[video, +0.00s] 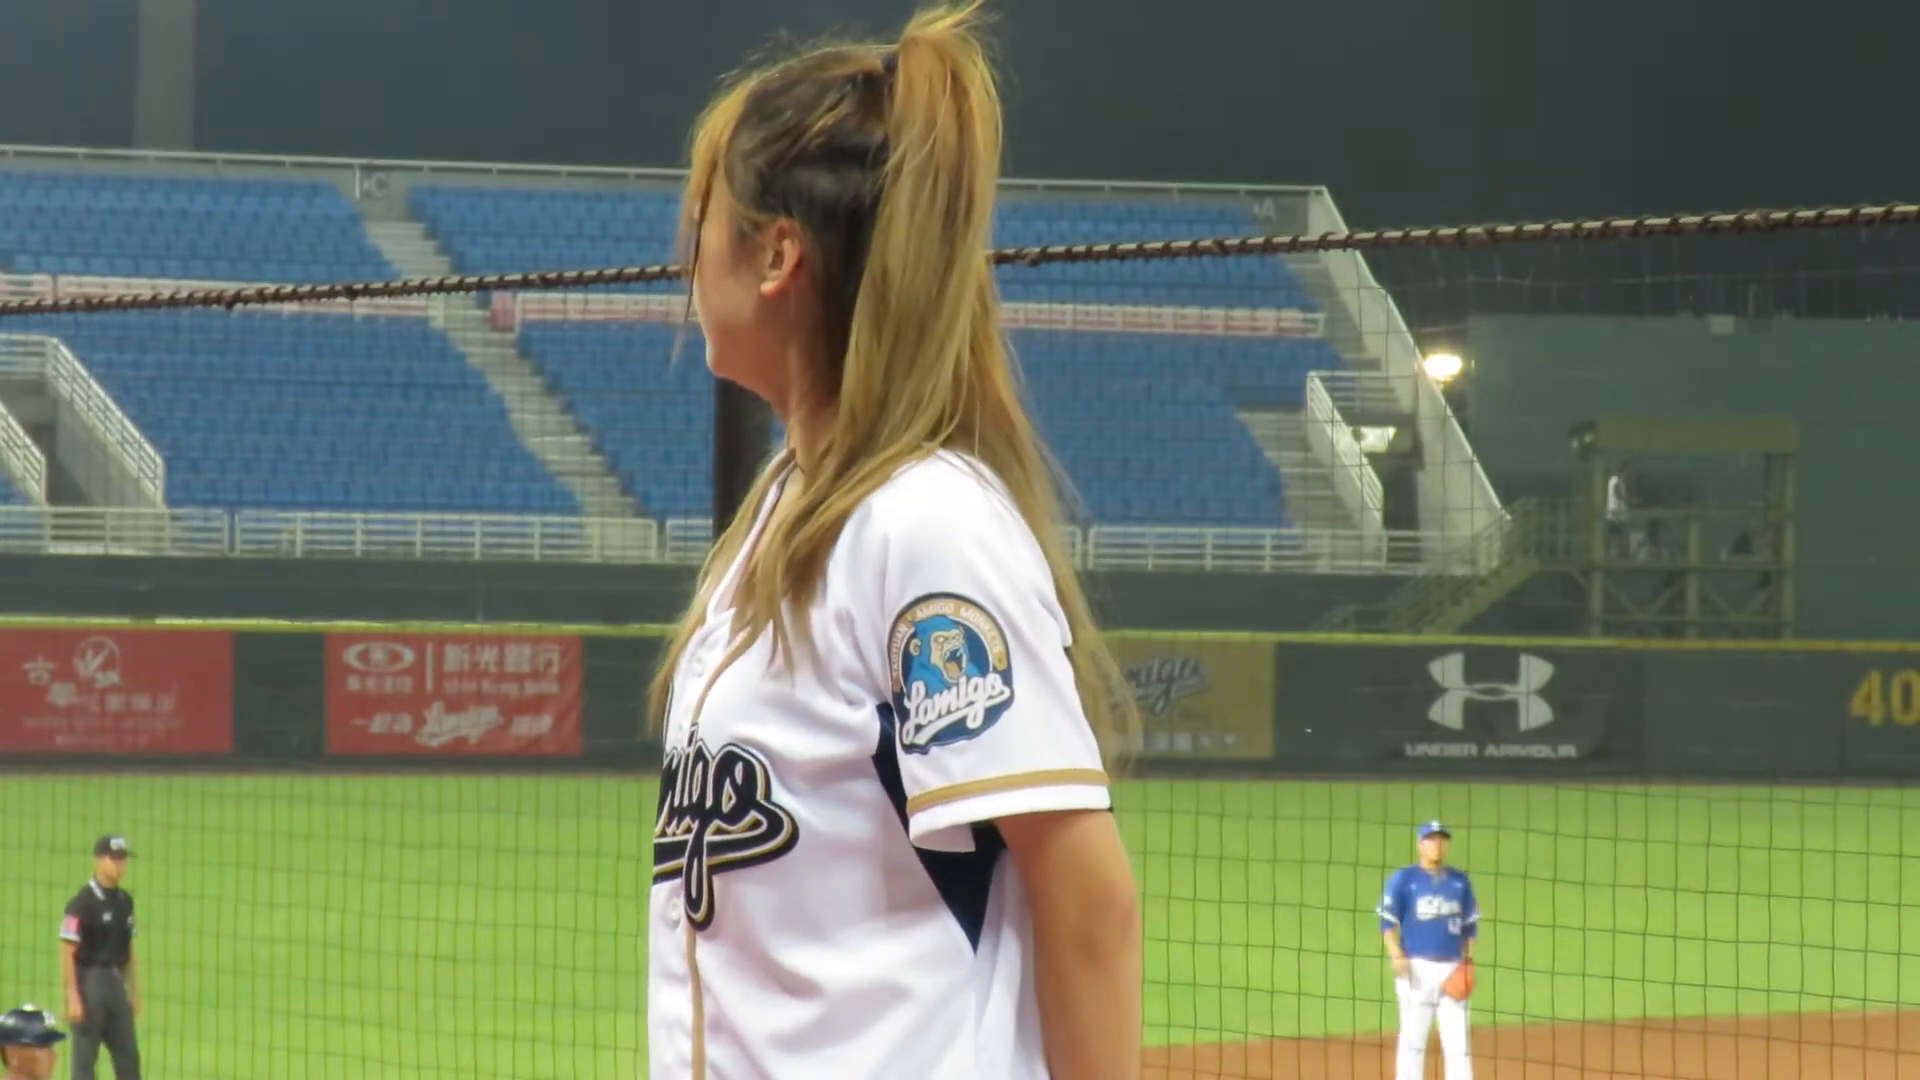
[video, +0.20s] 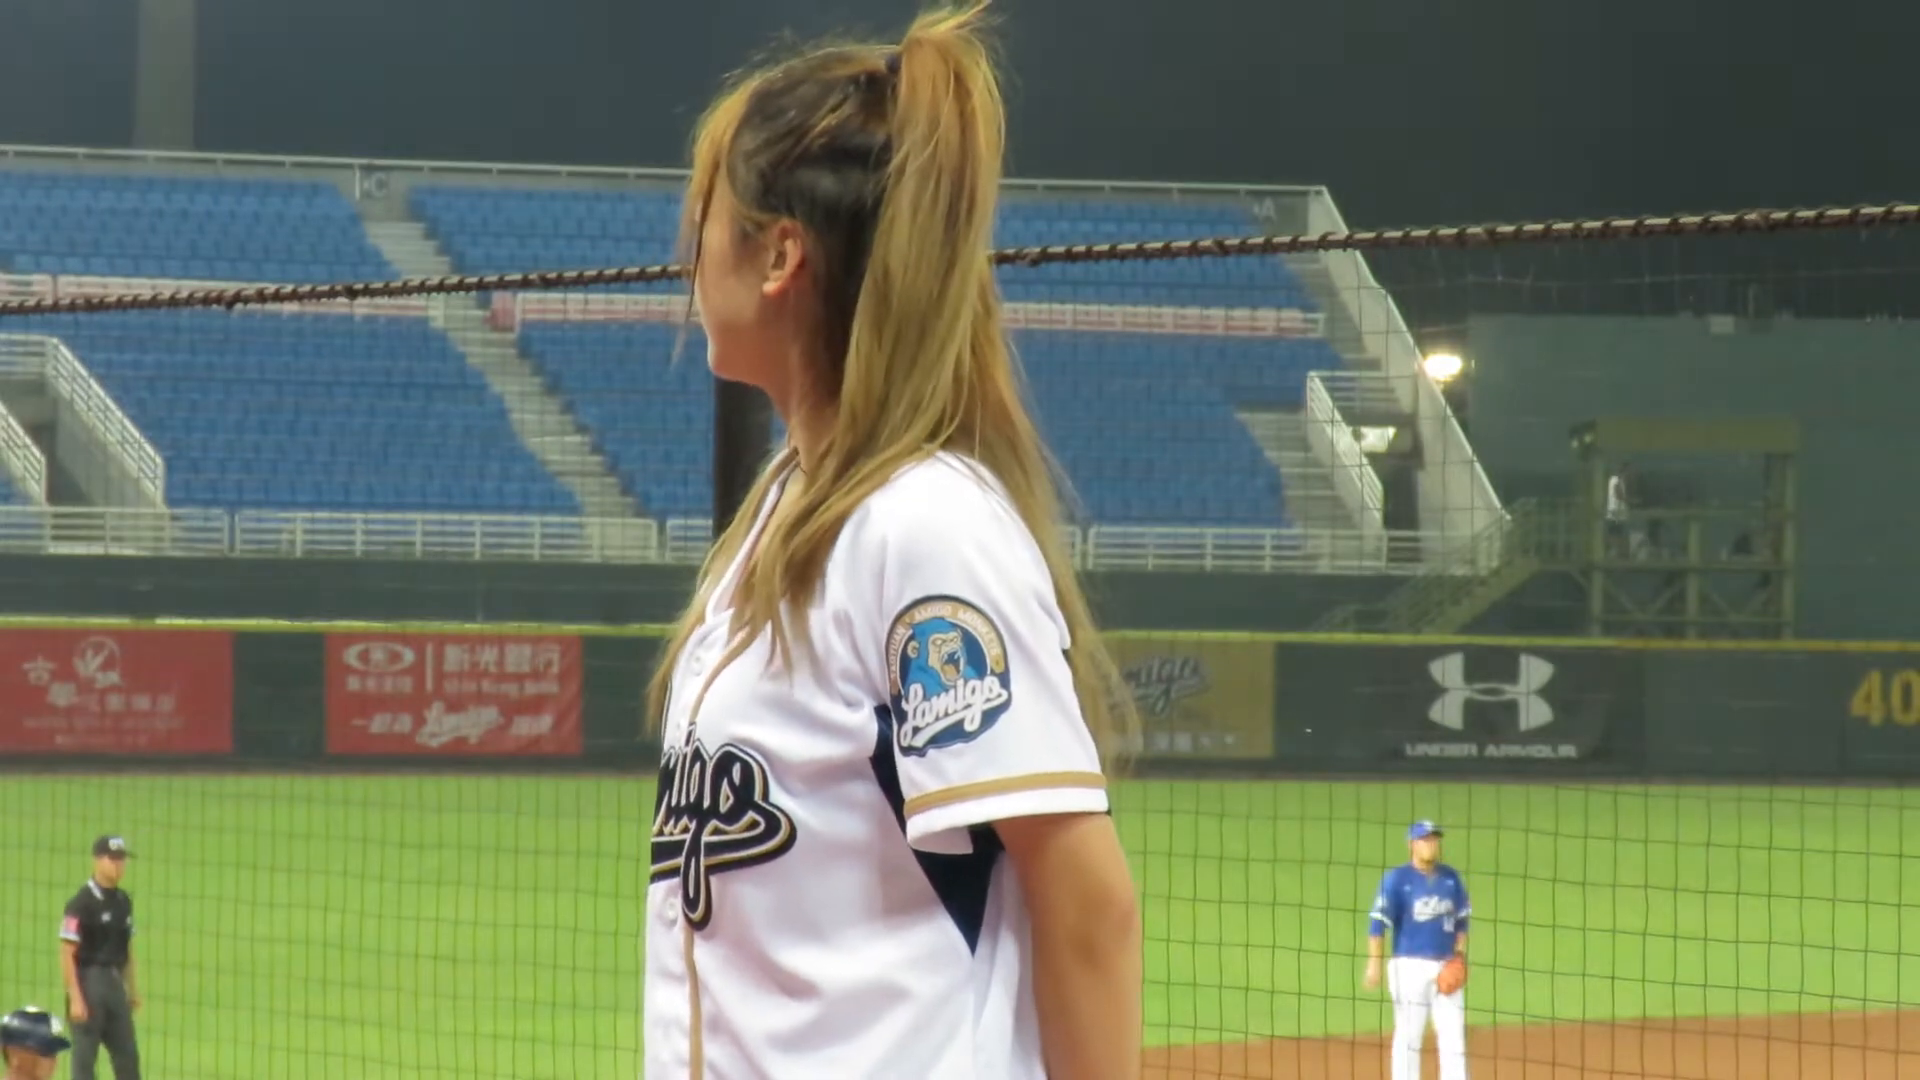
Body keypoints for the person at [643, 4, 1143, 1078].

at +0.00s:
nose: (690, 258)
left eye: (705, 222)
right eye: (699, 220)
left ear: (779, 259)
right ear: (779, 259)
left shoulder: (931, 521)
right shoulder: (783, 499)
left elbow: (1089, 895)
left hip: (884, 1057)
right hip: (732, 1050)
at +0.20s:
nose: (692, 263)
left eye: (706, 226)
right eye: (700, 225)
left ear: (781, 258)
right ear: (779, 259)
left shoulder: (930, 525)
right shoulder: (782, 501)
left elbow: (1089, 904)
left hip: (879, 1056)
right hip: (726, 1050)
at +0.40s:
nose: (692, 265)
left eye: (705, 228)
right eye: (700, 227)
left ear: (782, 258)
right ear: (778, 259)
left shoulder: (931, 527)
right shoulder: (784, 500)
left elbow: (1090, 907)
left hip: (881, 1055)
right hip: (724, 1049)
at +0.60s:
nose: (693, 267)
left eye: (705, 229)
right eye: (700, 228)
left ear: (781, 257)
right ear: (777, 258)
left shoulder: (933, 530)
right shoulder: (784, 498)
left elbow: (1091, 906)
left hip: (880, 1056)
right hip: (723, 1049)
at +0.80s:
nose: (689, 261)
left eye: (703, 222)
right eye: (698, 220)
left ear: (779, 255)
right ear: (775, 256)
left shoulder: (934, 533)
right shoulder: (782, 501)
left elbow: (1092, 908)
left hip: (879, 1056)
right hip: (716, 1050)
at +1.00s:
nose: (687, 260)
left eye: (702, 220)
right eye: (697, 219)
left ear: (778, 254)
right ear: (774, 255)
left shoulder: (933, 534)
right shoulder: (783, 502)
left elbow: (1093, 911)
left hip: (877, 1057)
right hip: (716, 1051)